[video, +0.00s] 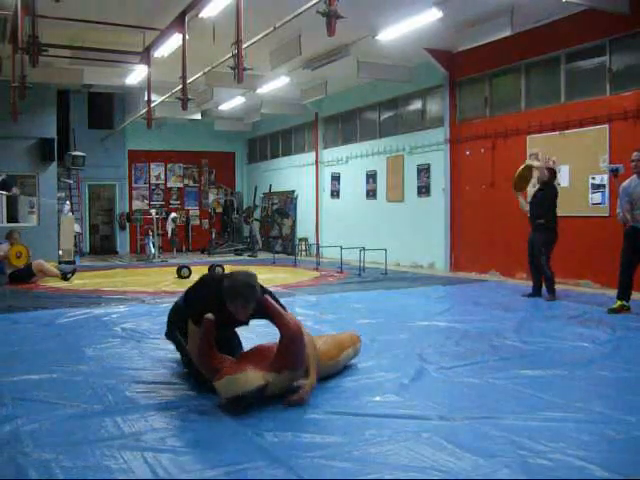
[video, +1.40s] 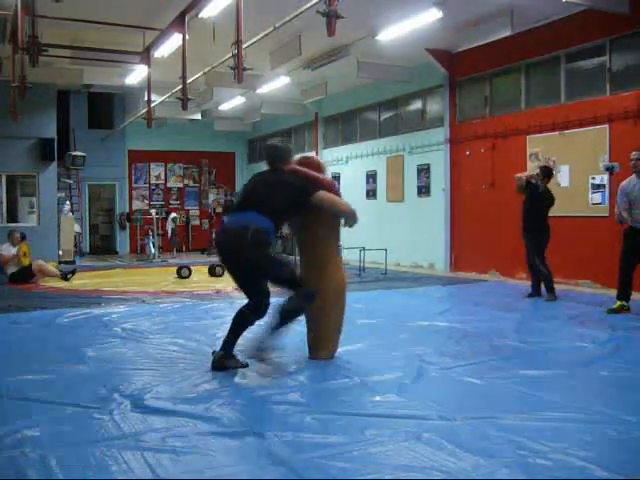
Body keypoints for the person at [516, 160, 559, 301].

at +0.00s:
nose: (539, 175)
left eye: (543, 172)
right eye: (539, 172)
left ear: (549, 176)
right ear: (541, 175)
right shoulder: (542, 189)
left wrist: (521, 200)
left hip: (546, 228)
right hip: (537, 228)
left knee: (542, 259)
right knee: (533, 259)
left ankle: (550, 291)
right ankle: (536, 289)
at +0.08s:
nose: (539, 177)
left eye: (542, 175)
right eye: (539, 174)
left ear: (548, 178)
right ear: (546, 177)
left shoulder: (548, 190)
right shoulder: (541, 190)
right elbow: (538, 214)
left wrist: (528, 174)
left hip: (547, 231)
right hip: (538, 230)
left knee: (542, 260)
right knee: (533, 260)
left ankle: (550, 291)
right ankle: (536, 290)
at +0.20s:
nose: (535, 177)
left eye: (538, 175)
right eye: (536, 174)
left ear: (545, 179)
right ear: (541, 178)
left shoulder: (544, 192)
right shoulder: (540, 191)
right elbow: (538, 216)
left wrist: (520, 190)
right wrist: (523, 214)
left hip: (548, 232)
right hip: (539, 231)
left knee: (541, 260)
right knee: (534, 260)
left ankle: (550, 291)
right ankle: (536, 290)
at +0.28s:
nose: (529, 179)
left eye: (532, 177)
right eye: (530, 176)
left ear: (540, 180)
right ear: (539, 181)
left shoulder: (540, 192)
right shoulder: (542, 194)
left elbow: (535, 204)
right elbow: (539, 217)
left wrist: (517, 204)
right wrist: (521, 219)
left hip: (549, 232)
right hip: (542, 231)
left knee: (542, 259)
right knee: (534, 259)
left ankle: (551, 292)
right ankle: (536, 290)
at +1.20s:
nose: (529, 177)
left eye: (531, 175)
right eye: (529, 174)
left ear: (538, 177)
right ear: (540, 177)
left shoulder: (533, 190)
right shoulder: (544, 191)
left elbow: (515, 195)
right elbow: (535, 209)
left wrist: (511, 192)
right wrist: (520, 212)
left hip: (536, 231)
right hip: (546, 229)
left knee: (538, 260)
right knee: (536, 261)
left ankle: (551, 291)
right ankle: (536, 290)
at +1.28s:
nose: (534, 175)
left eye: (536, 174)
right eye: (537, 174)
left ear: (537, 175)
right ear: (547, 177)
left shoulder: (530, 188)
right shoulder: (546, 191)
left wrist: (526, 185)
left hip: (534, 228)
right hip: (543, 227)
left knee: (537, 259)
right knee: (534, 259)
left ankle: (551, 291)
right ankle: (535, 289)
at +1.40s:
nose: (536, 176)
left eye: (538, 174)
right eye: (537, 174)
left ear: (539, 176)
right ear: (549, 179)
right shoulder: (549, 195)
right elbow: (521, 189)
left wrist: (530, 182)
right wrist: (523, 181)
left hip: (537, 230)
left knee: (538, 260)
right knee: (532, 260)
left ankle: (550, 291)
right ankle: (535, 289)